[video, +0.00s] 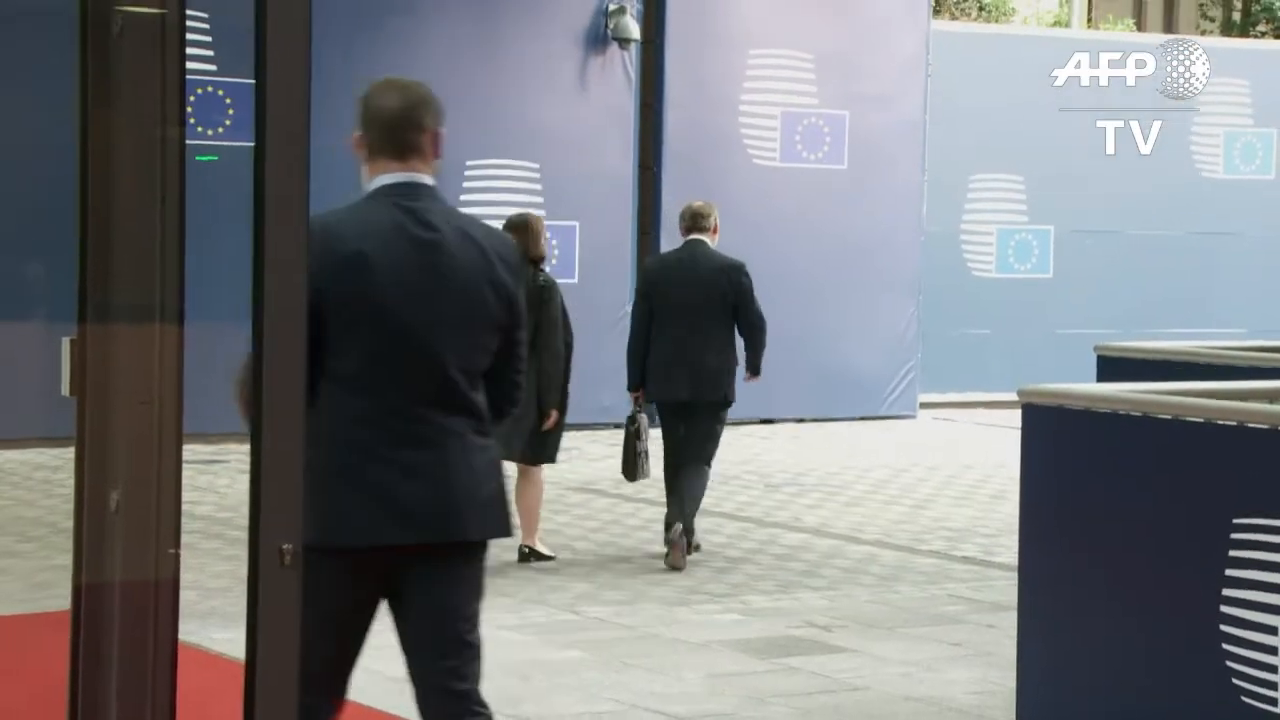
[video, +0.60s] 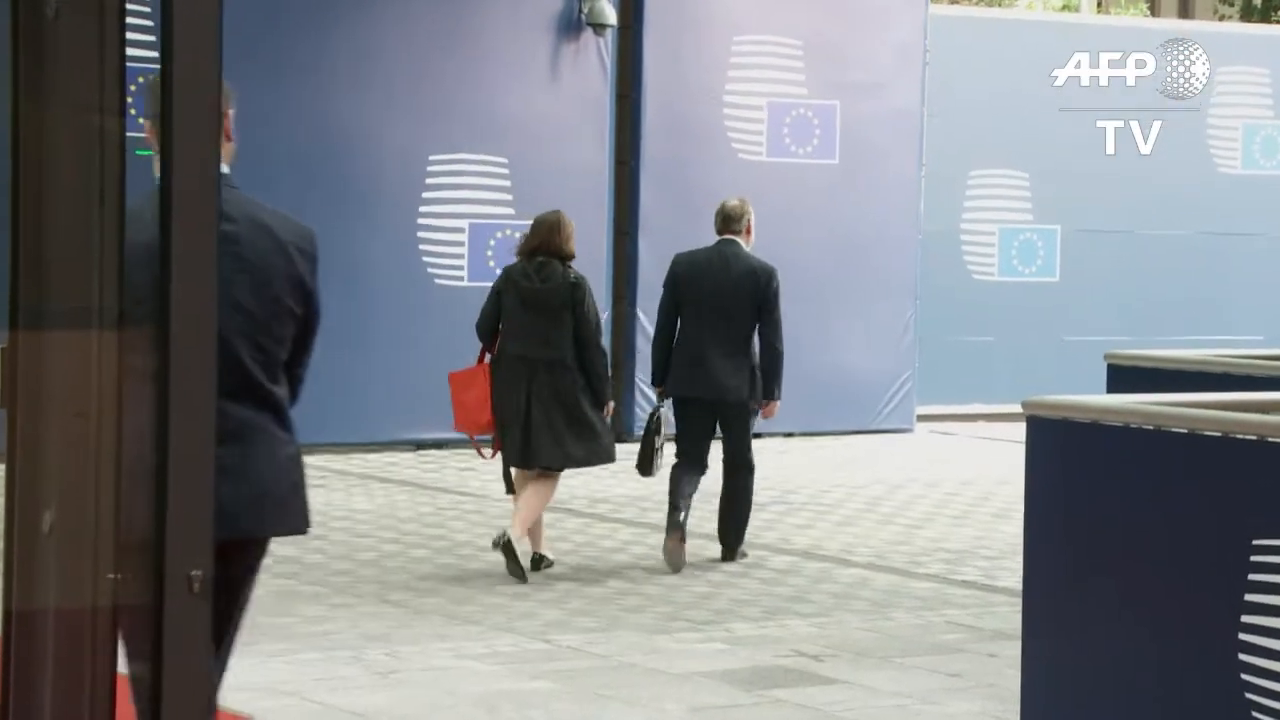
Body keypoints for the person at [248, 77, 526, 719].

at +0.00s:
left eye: (356, 139)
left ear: (358, 146)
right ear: (436, 143)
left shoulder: (319, 240)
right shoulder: (493, 254)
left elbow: (270, 379)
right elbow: (505, 393)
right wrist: (441, 439)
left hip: (339, 509)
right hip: (450, 511)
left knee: (306, 699)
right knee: (454, 698)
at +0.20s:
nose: (361, 135)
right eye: (360, 126)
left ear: (276, 137)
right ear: (352, 130)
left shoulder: (241, 231)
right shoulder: (414, 238)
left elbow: (182, 380)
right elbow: (427, 384)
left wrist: (234, 456)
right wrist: (362, 426)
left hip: (260, 498)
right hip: (371, 501)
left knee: (247, 698)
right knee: (371, 685)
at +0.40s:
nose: (296, 125)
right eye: (296, 116)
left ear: (212, 123)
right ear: (288, 119)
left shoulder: (170, 225)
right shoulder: (349, 231)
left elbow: (144, 354)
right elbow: (355, 371)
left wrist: (165, 429)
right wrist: (296, 420)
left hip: (197, 483)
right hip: (307, 483)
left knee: (211, 672)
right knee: (282, 659)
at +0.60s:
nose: (228, 134)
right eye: (228, 121)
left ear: (149, 134)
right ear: (228, 131)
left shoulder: (123, 228)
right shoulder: (289, 241)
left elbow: (101, 357)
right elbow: (290, 368)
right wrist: (247, 434)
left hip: (142, 486)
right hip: (249, 488)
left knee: (157, 677)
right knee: (202, 672)